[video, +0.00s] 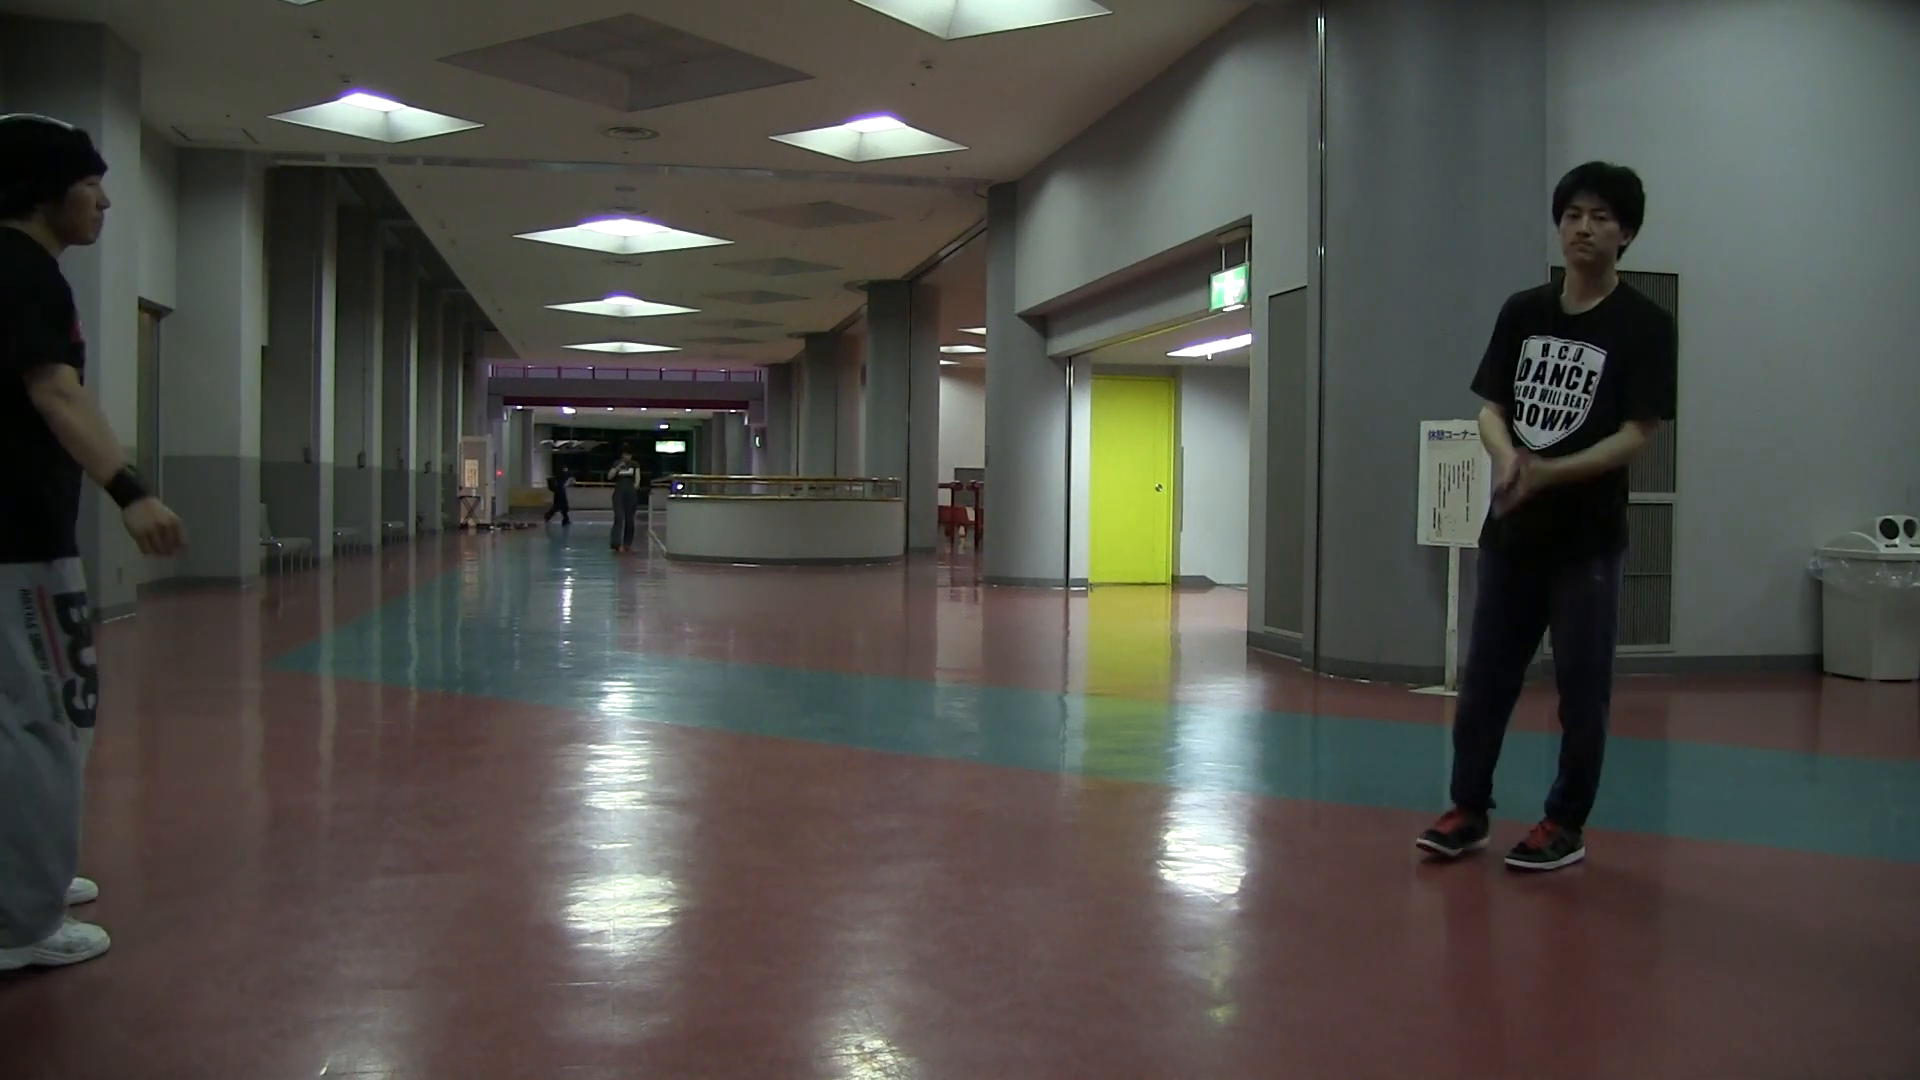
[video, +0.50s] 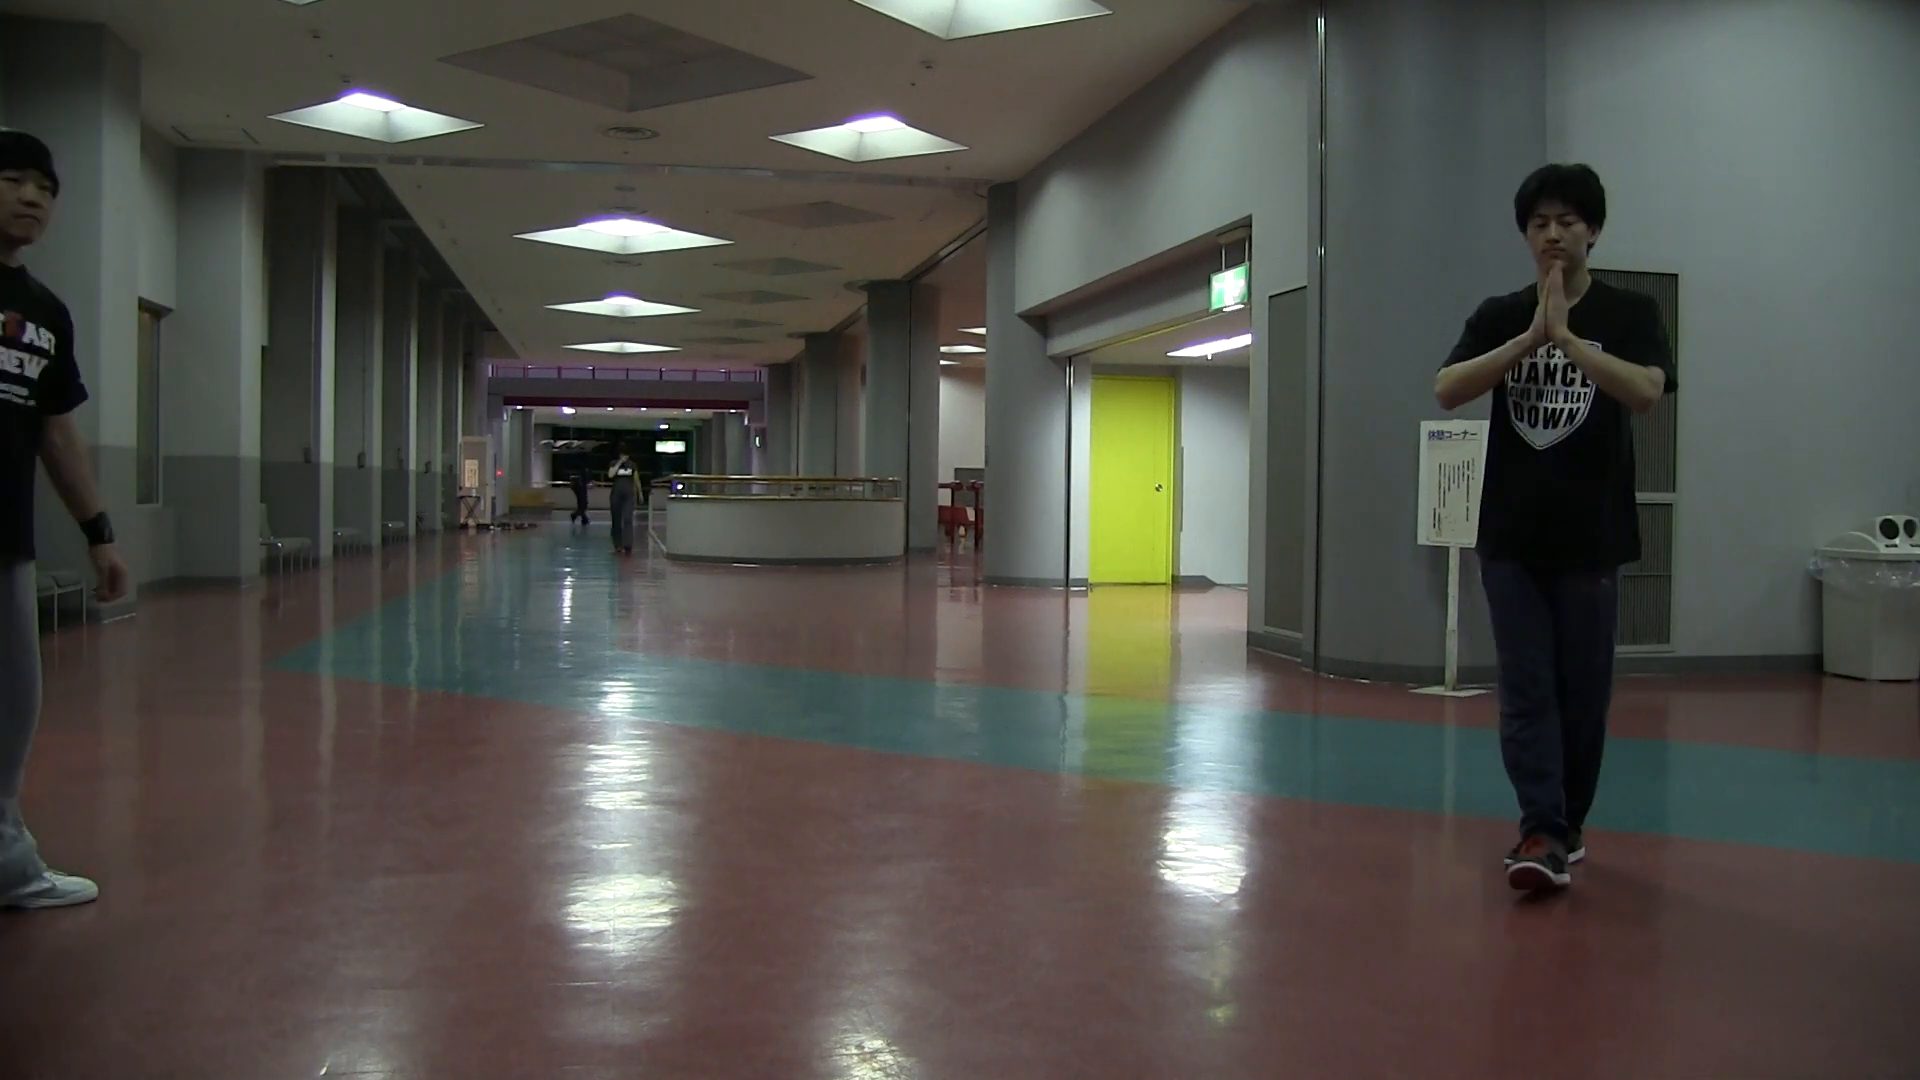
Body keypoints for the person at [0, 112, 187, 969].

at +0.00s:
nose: (103, 203)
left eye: (101, 187)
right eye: (92, 188)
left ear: (41, 192)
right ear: (49, 193)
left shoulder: (20, 267)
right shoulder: (28, 272)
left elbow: (58, 390)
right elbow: (54, 391)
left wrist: (125, 485)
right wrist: (131, 494)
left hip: (25, 539)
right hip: (21, 545)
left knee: (42, 711)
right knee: (41, 720)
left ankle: (36, 878)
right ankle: (24, 924)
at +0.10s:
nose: (99, 203)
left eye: (99, 189)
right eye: (86, 188)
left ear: (51, 197)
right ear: (40, 193)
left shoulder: (37, 274)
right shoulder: (15, 267)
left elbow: (38, 407)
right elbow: (19, 382)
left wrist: (68, 522)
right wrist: (94, 466)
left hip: (31, 531)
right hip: (11, 535)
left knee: (37, 706)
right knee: (38, 712)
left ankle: (25, 876)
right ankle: (15, 915)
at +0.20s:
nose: (91, 209)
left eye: (95, 196)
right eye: (78, 193)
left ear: (80, 206)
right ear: (31, 195)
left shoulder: (54, 294)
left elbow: (61, 422)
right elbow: (2, 393)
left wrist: (104, 527)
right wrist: (39, 463)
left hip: (25, 533)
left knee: (25, 702)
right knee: (13, 707)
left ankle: (22, 866)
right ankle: (2, 897)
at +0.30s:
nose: (79, 209)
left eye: (86, 197)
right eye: (64, 191)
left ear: (82, 207)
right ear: (17, 193)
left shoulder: (55, 307)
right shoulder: (3, 275)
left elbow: (63, 426)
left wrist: (114, 522)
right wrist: (4, 491)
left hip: (20, 543)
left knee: (20, 693)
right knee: (10, 696)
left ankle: (12, 862)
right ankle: (13, 864)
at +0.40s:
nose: (59, 204)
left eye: (68, 193)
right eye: (43, 187)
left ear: (72, 208)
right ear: (3, 193)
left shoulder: (55, 314)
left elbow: (65, 433)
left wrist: (112, 529)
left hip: (15, 543)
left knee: (20, 690)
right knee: (14, 693)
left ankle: (12, 860)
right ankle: (12, 860)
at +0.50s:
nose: (31, 197)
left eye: (43, 187)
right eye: (16, 182)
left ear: (53, 205)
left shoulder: (45, 312)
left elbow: (57, 433)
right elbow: (56, 435)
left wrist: (99, 535)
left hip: (8, 543)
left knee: (17, 691)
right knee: (10, 694)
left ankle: (9, 858)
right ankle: (8, 859)